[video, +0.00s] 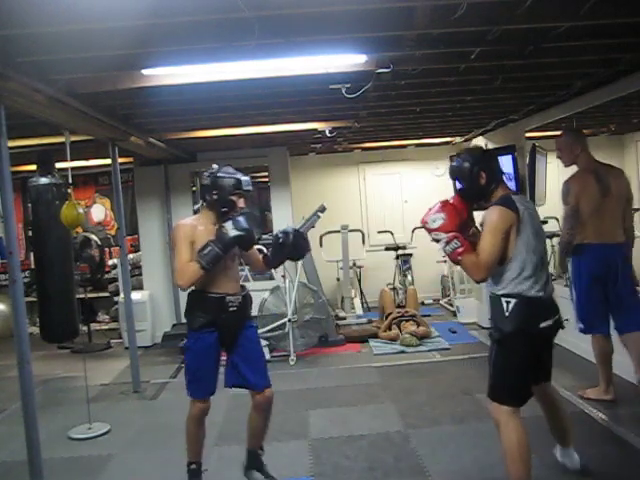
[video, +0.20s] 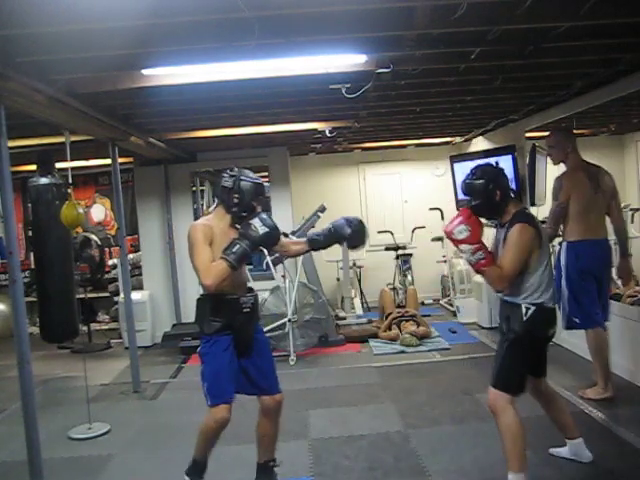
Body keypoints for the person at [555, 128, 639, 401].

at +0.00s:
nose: (558, 155)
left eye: (561, 149)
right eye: (557, 150)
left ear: (577, 148)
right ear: (582, 147)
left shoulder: (573, 183)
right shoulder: (618, 175)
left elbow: (568, 229)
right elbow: (628, 224)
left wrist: (561, 258)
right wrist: (627, 260)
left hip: (588, 256)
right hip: (619, 254)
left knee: (598, 326)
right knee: (629, 322)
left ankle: (605, 387)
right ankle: (637, 378)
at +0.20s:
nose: (548, 153)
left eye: (551, 148)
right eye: (547, 148)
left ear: (567, 147)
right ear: (571, 147)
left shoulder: (563, 181)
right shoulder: (603, 175)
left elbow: (552, 226)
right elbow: (617, 219)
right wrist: (625, 256)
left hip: (576, 251)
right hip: (602, 248)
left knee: (591, 320)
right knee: (597, 318)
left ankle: (603, 385)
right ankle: (603, 379)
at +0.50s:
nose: (539, 156)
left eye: (542, 152)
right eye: (538, 152)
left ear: (555, 152)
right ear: (552, 154)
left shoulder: (565, 181)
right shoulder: (571, 179)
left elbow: (558, 226)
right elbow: (567, 220)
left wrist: (536, 252)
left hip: (569, 249)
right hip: (566, 248)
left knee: (583, 313)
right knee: (559, 309)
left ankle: (604, 380)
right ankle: (560, 365)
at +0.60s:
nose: (536, 156)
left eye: (540, 151)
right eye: (535, 152)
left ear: (553, 151)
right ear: (540, 154)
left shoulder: (565, 179)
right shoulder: (551, 179)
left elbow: (564, 223)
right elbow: (555, 220)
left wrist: (542, 258)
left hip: (567, 248)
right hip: (555, 249)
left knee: (580, 312)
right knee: (555, 311)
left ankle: (603, 377)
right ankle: (559, 366)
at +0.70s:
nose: (534, 153)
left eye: (538, 148)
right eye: (532, 149)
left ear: (548, 150)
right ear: (531, 152)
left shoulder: (560, 175)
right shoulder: (542, 177)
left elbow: (575, 215)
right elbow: (545, 219)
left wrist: (556, 248)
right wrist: (538, 250)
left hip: (565, 245)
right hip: (548, 246)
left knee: (573, 310)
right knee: (554, 310)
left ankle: (601, 373)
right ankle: (559, 366)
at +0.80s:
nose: (529, 153)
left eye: (533, 148)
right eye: (527, 149)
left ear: (544, 148)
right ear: (526, 152)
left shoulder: (558, 175)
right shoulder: (534, 183)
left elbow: (581, 211)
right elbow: (531, 221)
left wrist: (564, 244)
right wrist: (518, 255)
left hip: (567, 245)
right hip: (547, 246)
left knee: (568, 309)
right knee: (554, 309)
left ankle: (597, 370)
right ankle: (560, 366)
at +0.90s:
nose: (525, 155)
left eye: (529, 150)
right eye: (522, 151)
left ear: (541, 151)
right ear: (520, 155)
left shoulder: (558, 176)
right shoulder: (529, 187)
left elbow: (584, 212)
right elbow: (521, 224)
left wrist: (570, 243)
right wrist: (504, 255)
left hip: (567, 245)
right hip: (546, 247)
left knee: (568, 311)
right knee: (555, 312)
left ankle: (588, 373)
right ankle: (560, 367)